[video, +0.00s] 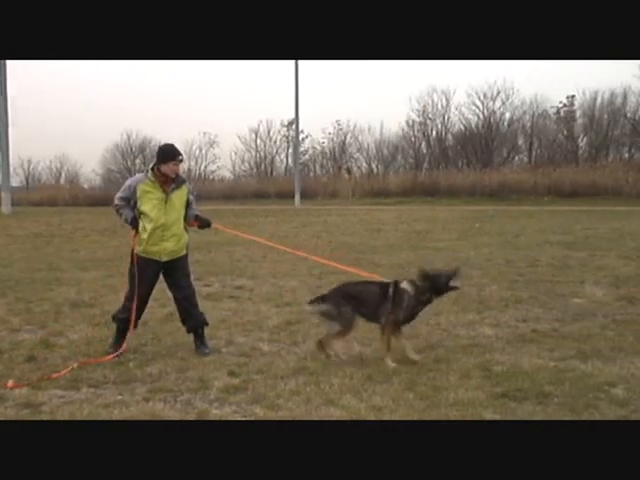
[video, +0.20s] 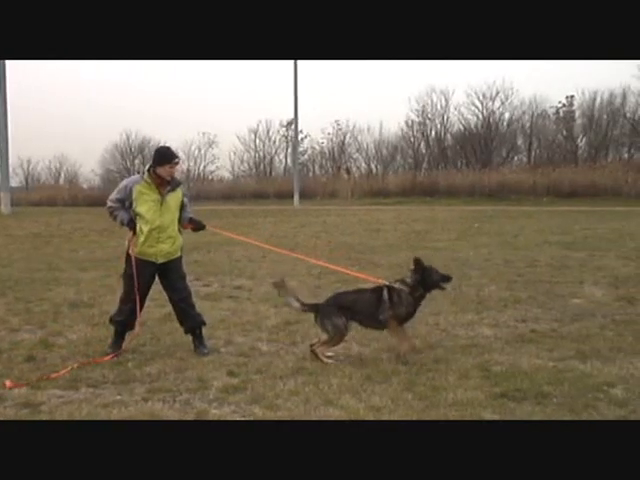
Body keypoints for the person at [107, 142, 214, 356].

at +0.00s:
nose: (177, 168)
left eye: (179, 164)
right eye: (173, 164)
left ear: (179, 164)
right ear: (160, 164)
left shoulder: (183, 186)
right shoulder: (138, 183)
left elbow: (189, 209)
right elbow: (120, 202)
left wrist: (196, 220)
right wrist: (133, 219)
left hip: (176, 253)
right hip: (147, 253)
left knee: (186, 296)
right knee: (136, 299)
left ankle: (200, 339)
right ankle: (118, 340)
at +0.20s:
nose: (173, 171)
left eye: (174, 167)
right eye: (169, 167)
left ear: (174, 167)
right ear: (156, 166)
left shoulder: (177, 188)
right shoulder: (133, 185)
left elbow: (182, 213)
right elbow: (113, 204)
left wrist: (189, 222)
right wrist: (128, 220)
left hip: (170, 254)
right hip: (142, 255)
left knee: (182, 298)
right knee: (131, 299)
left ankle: (198, 339)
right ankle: (117, 340)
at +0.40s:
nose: (170, 173)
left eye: (171, 169)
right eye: (167, 169)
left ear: (170, 169)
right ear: (154, 169)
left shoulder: (174, 192)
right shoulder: (129, 187)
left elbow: (178, 216)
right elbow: (109, 207)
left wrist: (185, 224)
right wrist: (125, 222)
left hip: (167, 256)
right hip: (138, 257)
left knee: (180, 298)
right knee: (129, 301)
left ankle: (198, 339)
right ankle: (117, 341)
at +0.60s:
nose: (166, 173)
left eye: (168, 169)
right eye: (163, 169)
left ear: (166, 170)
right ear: (150, 169)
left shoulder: (169, 191)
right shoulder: (127, 188)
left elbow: (171, 215)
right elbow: (105, 210)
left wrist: (178, 225)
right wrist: (123, 223)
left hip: (165, 257)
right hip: (136, 258)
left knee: (178, 299)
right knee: (128, 302)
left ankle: (197, 338)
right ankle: (116, 341)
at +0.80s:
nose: (165, 174)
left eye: (166, 170)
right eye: (162, 170)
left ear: (164, 171)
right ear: (149, 170)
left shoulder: (168, 192)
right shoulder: (125, 189)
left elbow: (170, 218)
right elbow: (104, 211)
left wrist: (179, 226)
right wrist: (122, 224)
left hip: (164, 258)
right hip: (136, 259)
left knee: (177, 300)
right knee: (129, 304)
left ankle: (196, 338)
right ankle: (115, 341)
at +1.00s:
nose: (167, 174)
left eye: (168, 170)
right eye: (163, 170)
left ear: (167, 171)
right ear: (150, 170)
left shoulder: (171, 195)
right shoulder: (126, 189)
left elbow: (177, 221)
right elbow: (106, 208)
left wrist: (186, 227)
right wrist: (122, 223)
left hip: (163, 258)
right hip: (134, 258)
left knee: (178, 299)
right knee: (127, 303)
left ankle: (196, 339)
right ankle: (114, 341)